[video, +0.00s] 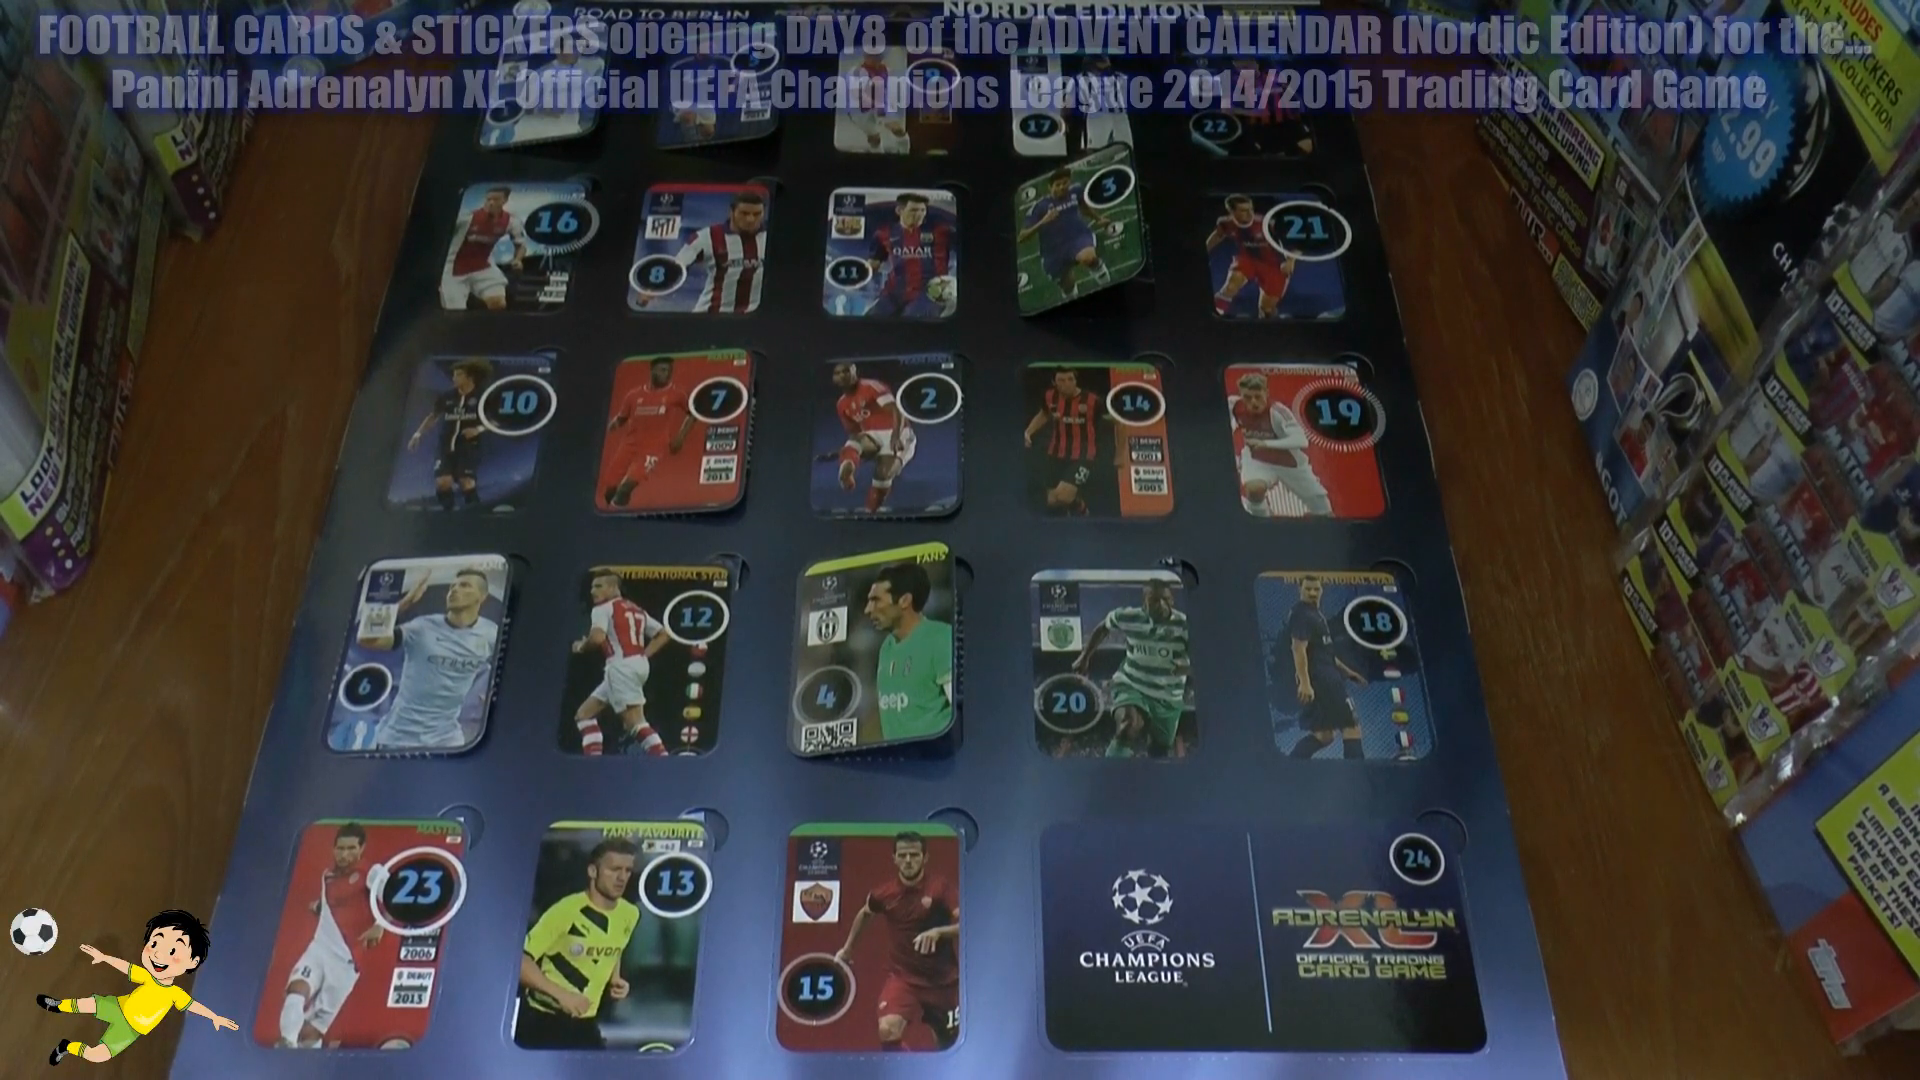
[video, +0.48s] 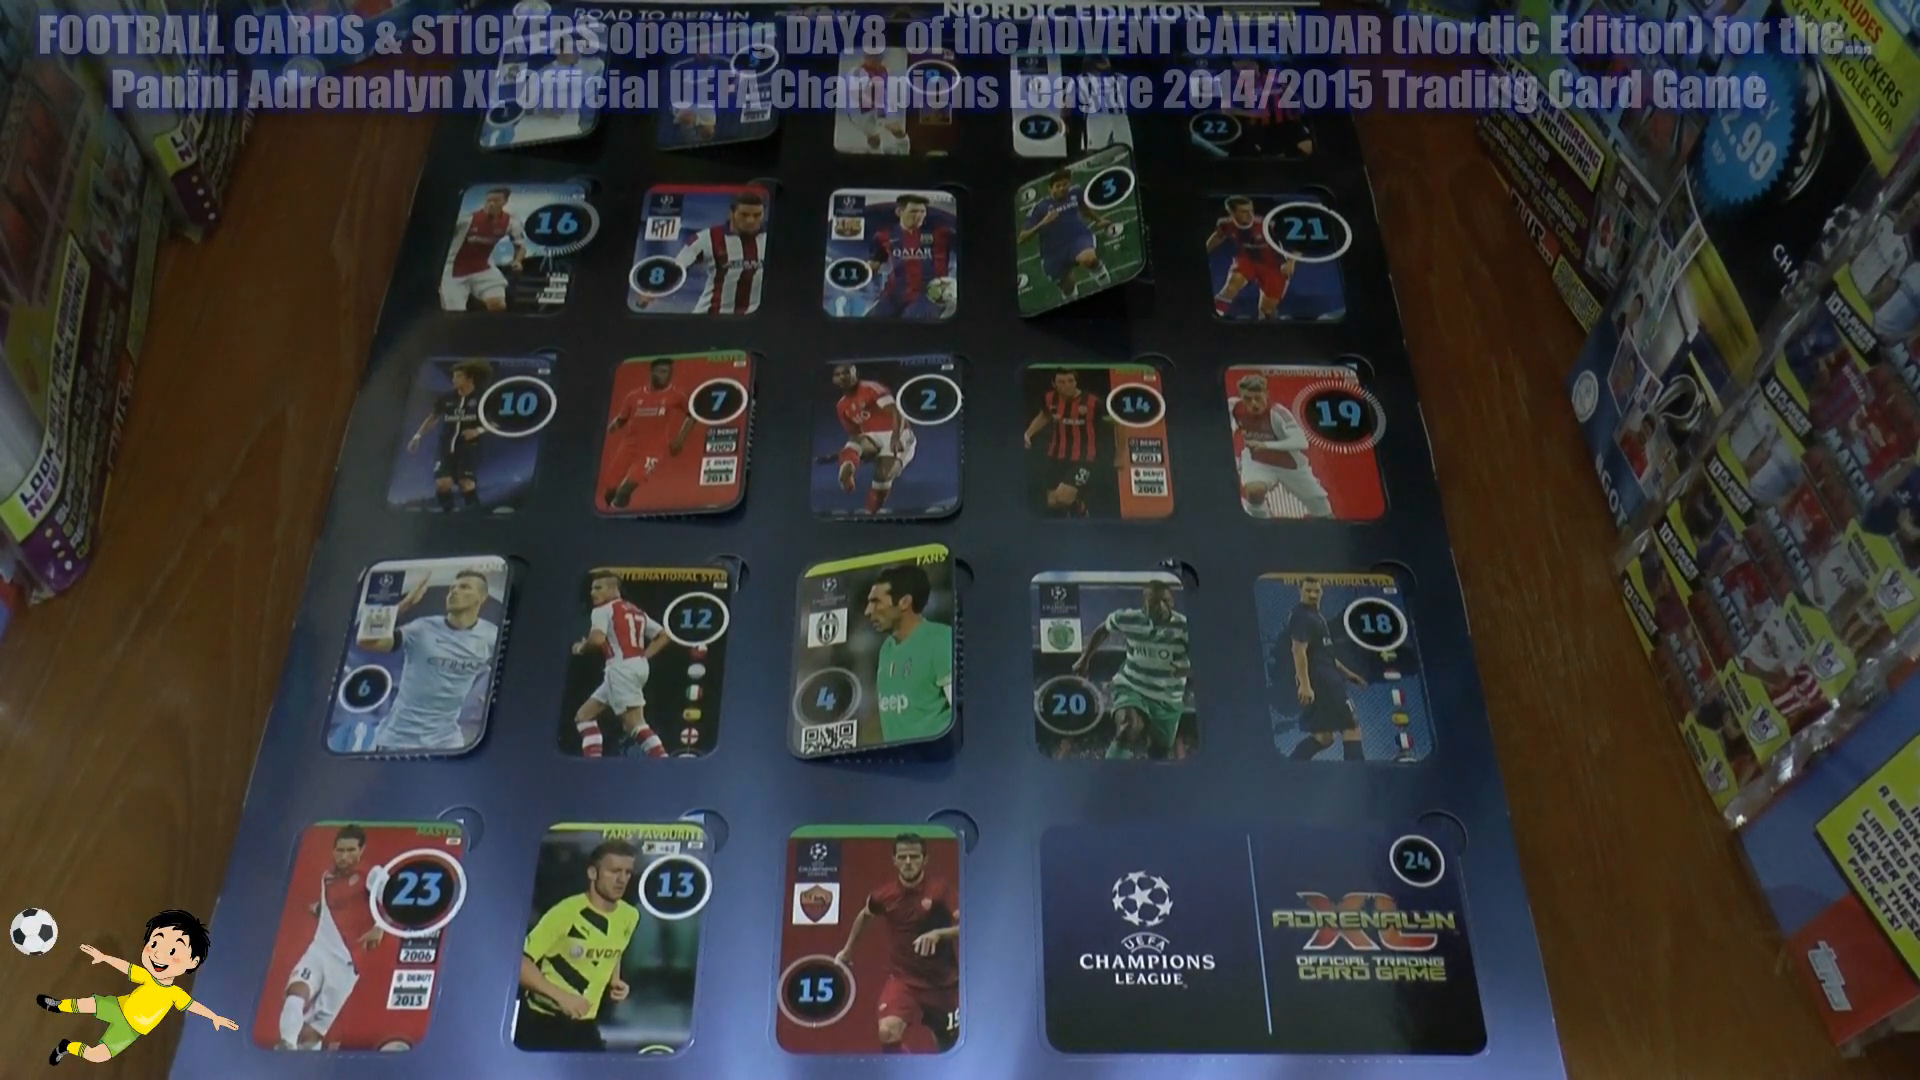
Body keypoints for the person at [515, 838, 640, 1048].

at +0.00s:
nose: (622, 878)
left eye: (627, 871)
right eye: (615, 869)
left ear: (631, 874)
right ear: (593, 871)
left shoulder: (629, 914)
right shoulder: (567, 909)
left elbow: (615, 951)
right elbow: (520, 961)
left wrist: (615, 978)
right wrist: (560, 994)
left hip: (585, 1026)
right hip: (541, 1023)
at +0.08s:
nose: (622, 878)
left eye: (627, 871)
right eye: (615, 870)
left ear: (631, 874)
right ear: (593, 871)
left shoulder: (629, 915)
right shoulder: (567, 910)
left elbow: (615, 952)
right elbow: (520, 961)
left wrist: (615, 977)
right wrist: (561, 994)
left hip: (585, 1026)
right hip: (541, 1023)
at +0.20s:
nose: (622, 878)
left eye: (627, 872)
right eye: (615, 870)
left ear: (631, 875)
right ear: (593, 872)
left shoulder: (629, 915)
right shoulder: (567, 910)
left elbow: (615, 952)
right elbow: (520, 961)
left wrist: (615, 978)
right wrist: (560, 995)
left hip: (585, 1027)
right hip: (541, 1024)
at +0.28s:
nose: (622, 878)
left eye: (627, 872)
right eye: (615, 870)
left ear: (631, 875)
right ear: (592, 872)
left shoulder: (629, 916)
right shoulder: (567, 911)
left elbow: (615, 952)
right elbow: (520, 961)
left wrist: (615, 978)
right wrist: (561, 995)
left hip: (584, 1027)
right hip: (541, 1024)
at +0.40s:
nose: (622, 879)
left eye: (627, 873)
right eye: (615, 871)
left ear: (631, 876)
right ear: (592, 873)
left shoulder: (629, 916)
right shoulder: (567, 911)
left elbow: (615, 953)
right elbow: (520, 962)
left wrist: (615, 979)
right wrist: (560, 996)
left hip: (585, 1028)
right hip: (541, 1025)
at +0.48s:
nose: (622, 879)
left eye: (627, 873)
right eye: (615, 871)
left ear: (631, 876)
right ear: (593, 873)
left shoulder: (629, 916)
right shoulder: (567, 911)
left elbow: (615, 953)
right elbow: (520, 962)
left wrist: (615, 980)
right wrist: (560, 996)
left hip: (584, 1028)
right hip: (541, 1025)